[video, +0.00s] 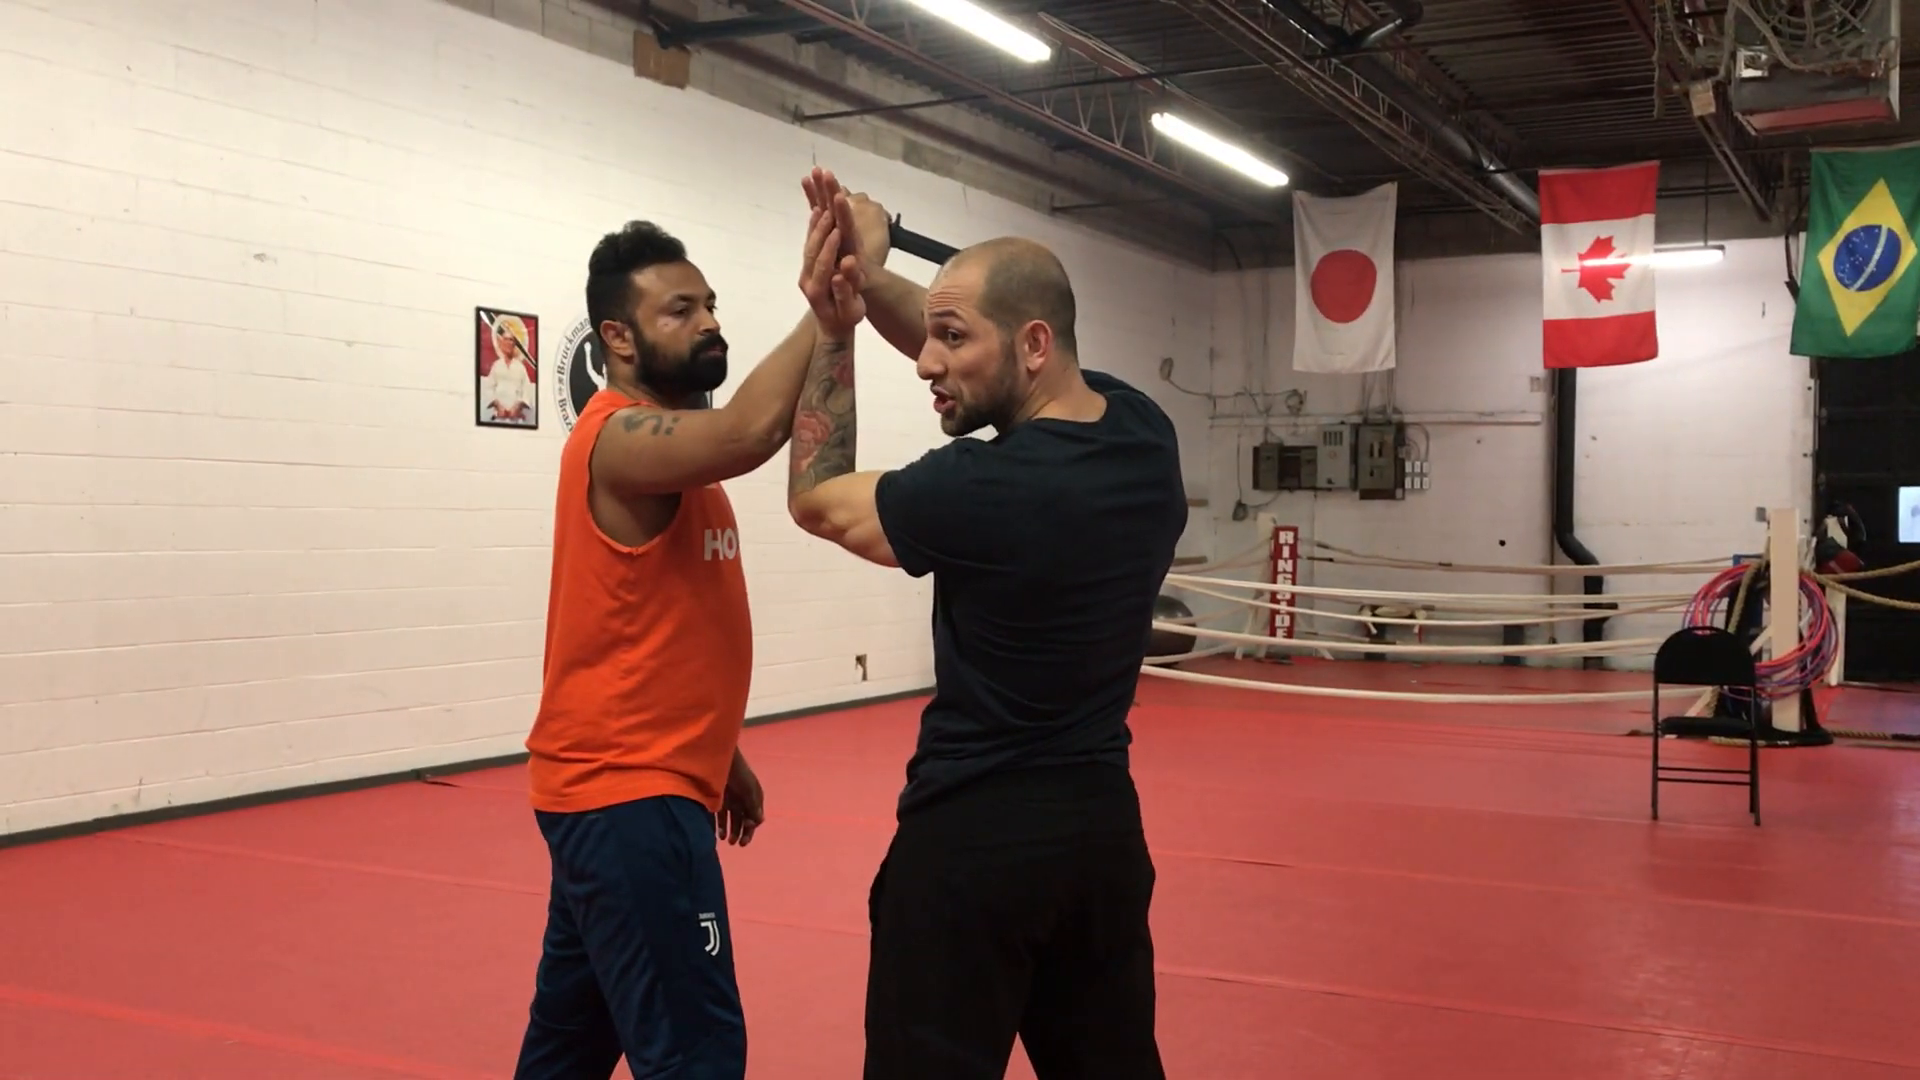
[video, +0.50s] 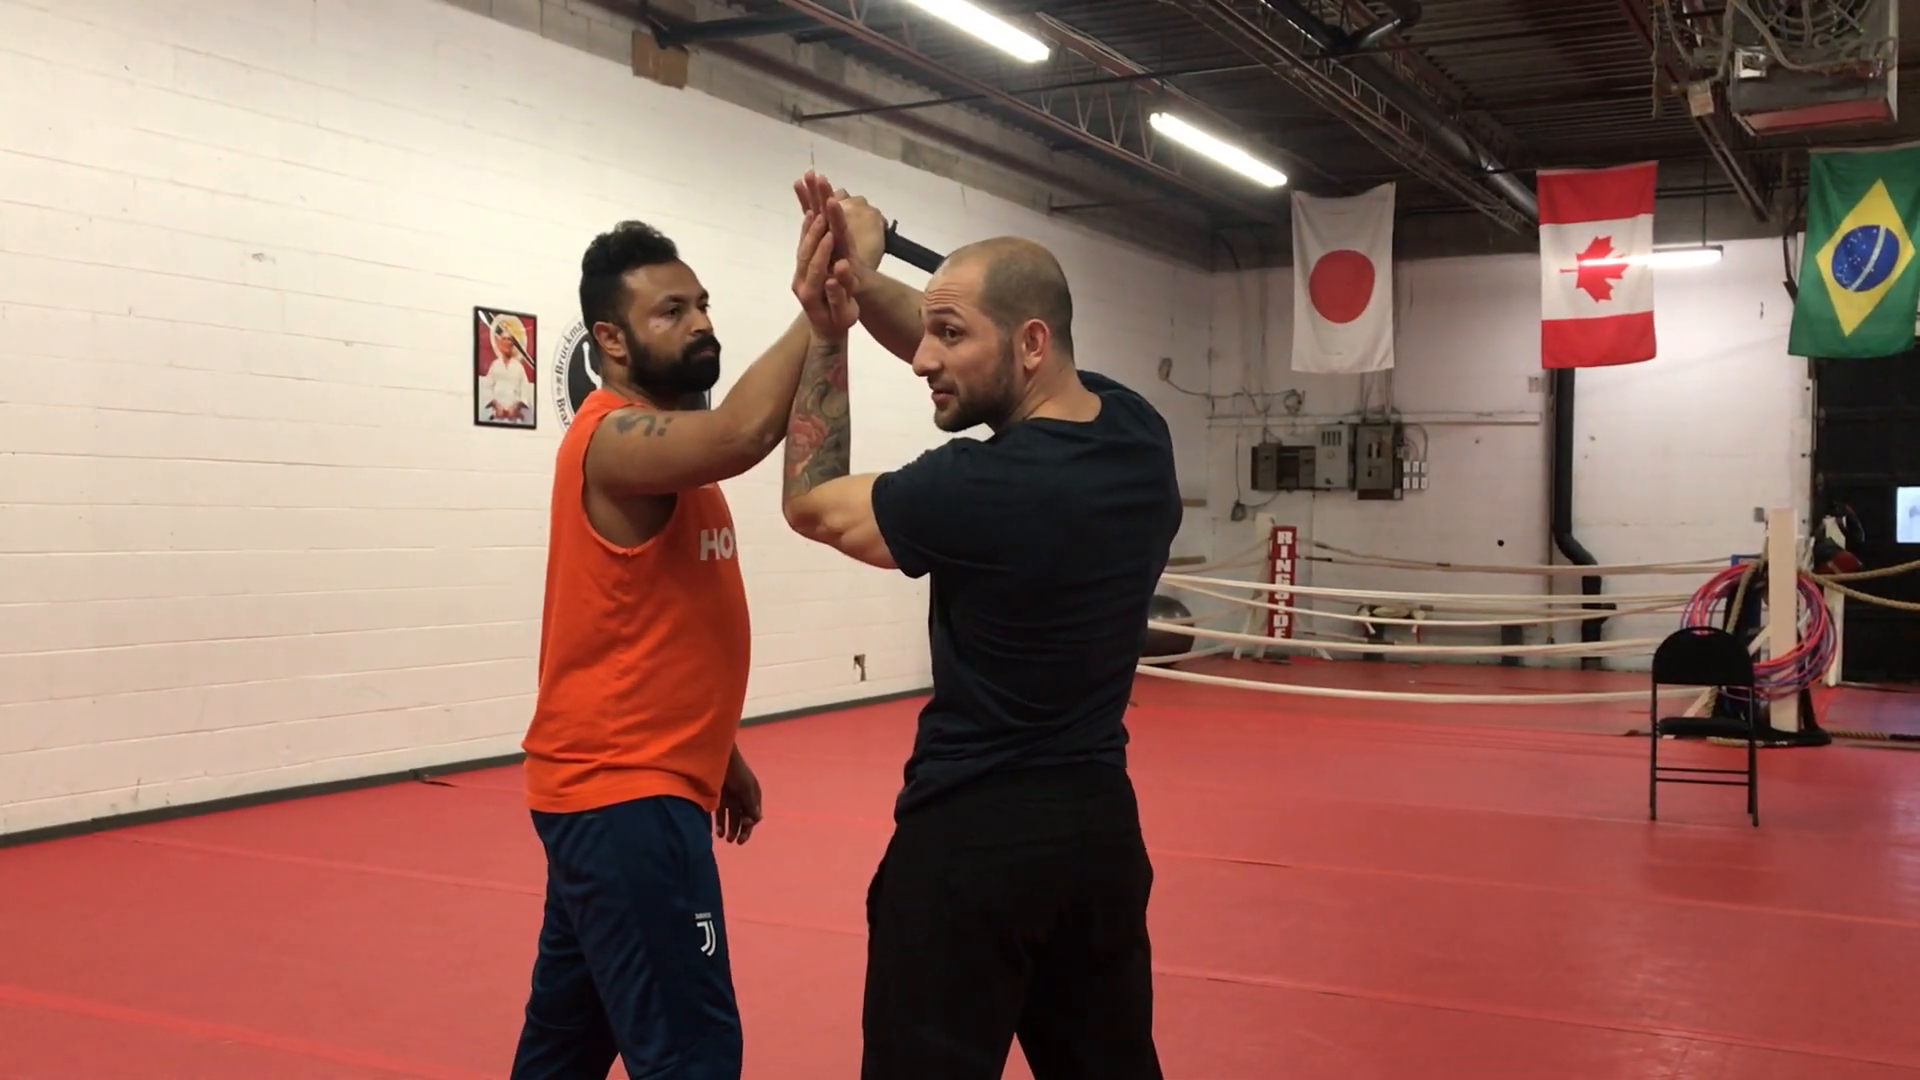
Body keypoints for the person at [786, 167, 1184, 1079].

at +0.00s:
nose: (930, 364)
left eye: (953, 337)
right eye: (930, 339)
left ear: (1032, 345)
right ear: (1036, 349)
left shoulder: (981, 490)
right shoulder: (1145, 436)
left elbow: (820, 500)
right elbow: (960, 349)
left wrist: (833, 320)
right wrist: (869, 272)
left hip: (964, 846)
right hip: (1100, 835)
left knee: (924, 1063)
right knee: (1115, 1068)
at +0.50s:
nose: (927, 359)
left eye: (950, 333)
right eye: (927, 336)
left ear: (1029, 343)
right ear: (1033, 348)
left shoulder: (976, 490)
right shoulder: (1139, 434)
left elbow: (814, 504)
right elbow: (948, 338)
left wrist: (828, 326)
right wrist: (860, 271)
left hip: (962, 844)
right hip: (1097, 831)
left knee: (920, 1063)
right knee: (1112, 1068)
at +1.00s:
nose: (923, 353)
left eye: (943, 328)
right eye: (926, 329)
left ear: (1021, 344)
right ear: (1027, 346)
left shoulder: (975, 486)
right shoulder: (1141, 436)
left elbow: (815, 499)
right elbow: (954, 350)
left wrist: (831, 318)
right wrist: (872, 271)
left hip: (960, 847)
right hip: (1097, 835)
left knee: (920, 1062)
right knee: (1112, 1067)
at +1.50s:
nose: (921, 312)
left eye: (923, 294)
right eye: (915, 295)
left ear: (954, 311)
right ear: (1054, 299)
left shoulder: (930, 451)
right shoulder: (1148, 419)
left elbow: (804, 518)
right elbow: (988, 402)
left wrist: (838, 363)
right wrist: (882, 308)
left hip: (1007, 852)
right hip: (1159, 831)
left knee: (967, 1063)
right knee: (1202, 1066)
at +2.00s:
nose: (1239, 363)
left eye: (1255, 339)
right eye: (1247, 339)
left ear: (1305, 364)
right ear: (1394, 370)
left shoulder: (1229, 518)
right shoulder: (1506, 535)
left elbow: (1189, 798)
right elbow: (1527, 782)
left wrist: (1150, 806)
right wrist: (1399, 790)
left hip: (1260, 965)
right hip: (1452, 958)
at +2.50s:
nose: (1401, 456)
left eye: (1412, 437)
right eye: (1405, 439)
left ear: (1458, 429)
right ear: (1553, 477)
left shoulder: (1333, 511)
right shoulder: (1638, 597)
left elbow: (1250, 750)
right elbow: (1585, 843)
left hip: (1301, 968)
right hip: (1523, 997)